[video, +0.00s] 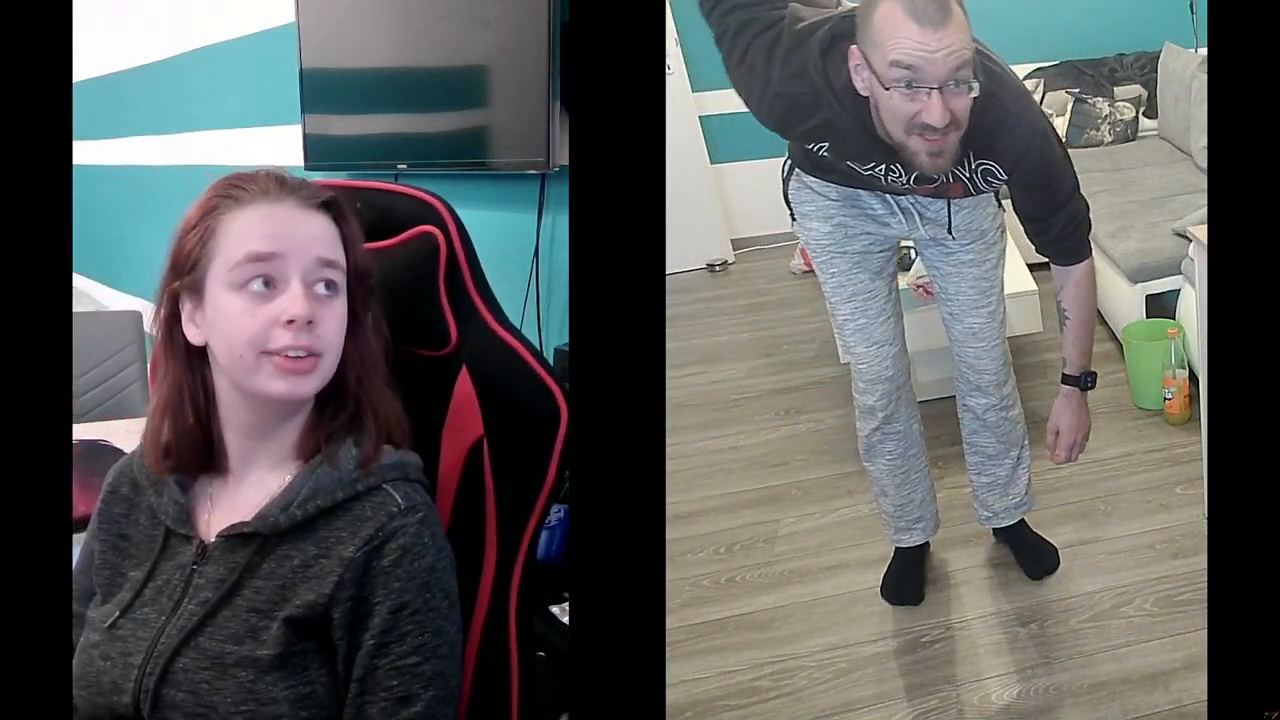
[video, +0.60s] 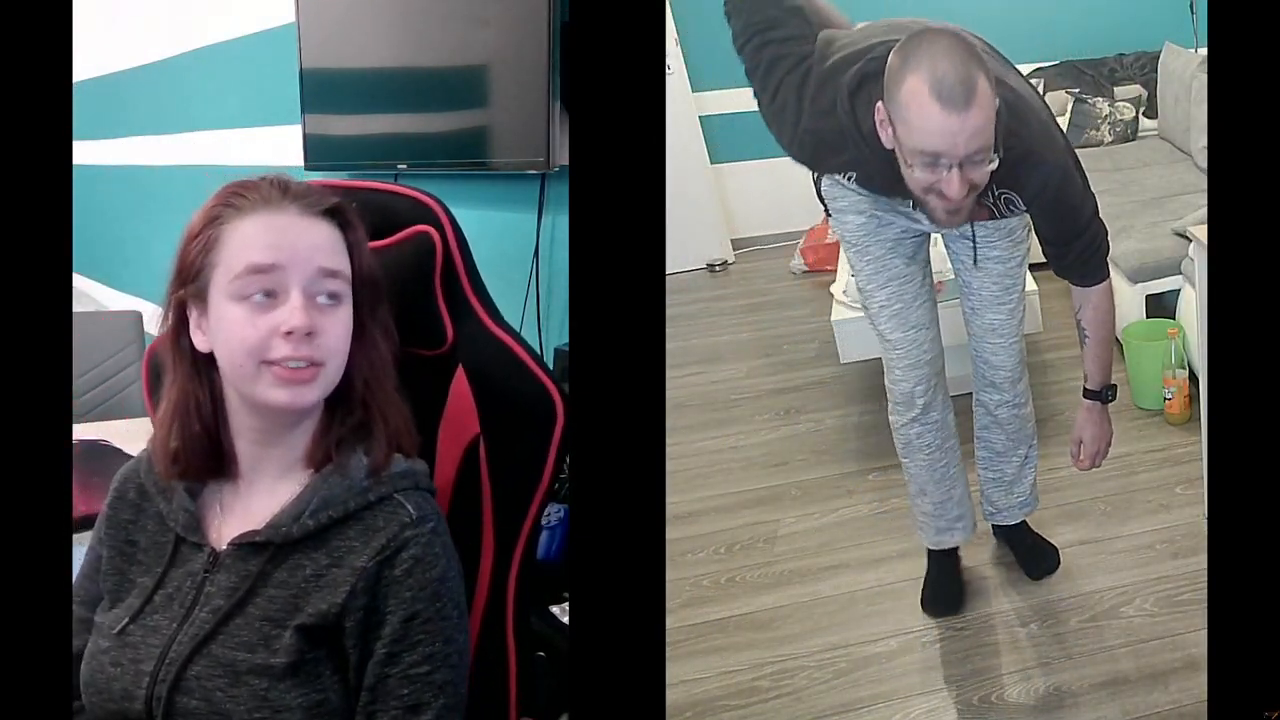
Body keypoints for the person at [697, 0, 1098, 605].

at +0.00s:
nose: (938, 112)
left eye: (957, 82)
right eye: (910, 85)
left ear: (973, 64)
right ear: (861, 71)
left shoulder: (1012, 120)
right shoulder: (790, 76)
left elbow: (1071, 249)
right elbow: (722, 3)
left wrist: (1077, 385)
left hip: (963, 194)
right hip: (837, 189)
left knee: (985, 362)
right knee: (877, 376)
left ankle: (1007, 513)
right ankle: (909, 534)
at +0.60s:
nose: (955, 188)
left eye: (974, 162)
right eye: (931, 162)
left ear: (995, 122)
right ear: (887, 127)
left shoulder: (1034, 150)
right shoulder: (818, 119)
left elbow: (1090, 271)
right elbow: (748, 3)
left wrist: (1097, 397)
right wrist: (844, 40)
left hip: (990, 192)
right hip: (867, 179)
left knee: (1001, 357)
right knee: (912, 370)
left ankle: (1010, 516)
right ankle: (941, 542)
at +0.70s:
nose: (948, 211)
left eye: (968, 182)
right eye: (924, 186)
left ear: (988, 134)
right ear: (879, 145)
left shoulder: (1025, 150)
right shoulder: (813, 134)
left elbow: (1087, 276)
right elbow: (739, 23)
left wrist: (1097, 403)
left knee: (997, 354)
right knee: (915, 366)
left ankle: (1010, 516)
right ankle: (946, 541)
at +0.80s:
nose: (939, 238)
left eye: (958, 210)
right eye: (913, 213)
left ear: (977, 147)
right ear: (868, 166)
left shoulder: (1017, 161)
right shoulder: (805, 158)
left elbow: (1083, 285)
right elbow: (715, 34)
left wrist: (1094, 412)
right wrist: (712, 23)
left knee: (991, 355)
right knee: (911, 370)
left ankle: (1010, 516)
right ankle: (945, 542)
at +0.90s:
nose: (922, 280)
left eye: (939, 248)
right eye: (896, 251)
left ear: (965, 182)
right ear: (852, 191)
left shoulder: (1015, 186)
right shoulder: (796, 183)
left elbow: (1080, 306)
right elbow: (706, 117)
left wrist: (1091, 431)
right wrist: (731, 265)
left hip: (950, 78)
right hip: (821, 85)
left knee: (986, 364)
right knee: (903, 377)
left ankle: (1009, 514)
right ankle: (944, 541)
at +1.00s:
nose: (911, 315)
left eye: (927, 291)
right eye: (886, 298)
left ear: (949, 217)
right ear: (837, 229)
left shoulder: (1005, 203)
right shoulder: (781, 196)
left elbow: (1080, 322)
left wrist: (1084, 451)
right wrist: (733, 345)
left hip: (938, 79)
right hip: (812, 89)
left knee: (983, 364)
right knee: (899, 386)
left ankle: (1008, 506)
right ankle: (944, 541)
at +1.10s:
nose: (902, 351)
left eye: (917, 330)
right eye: (880, 338)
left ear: (938, 252)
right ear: (825, 266)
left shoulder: (994, 224)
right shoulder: (771, 227)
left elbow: (1083, 341)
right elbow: (717, 264)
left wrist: (1082, 472)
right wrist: (757, 399)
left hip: (927, 90)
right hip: (804, 101)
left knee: (984, 376)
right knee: (892, 400)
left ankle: (995, 483)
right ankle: (941, 542)